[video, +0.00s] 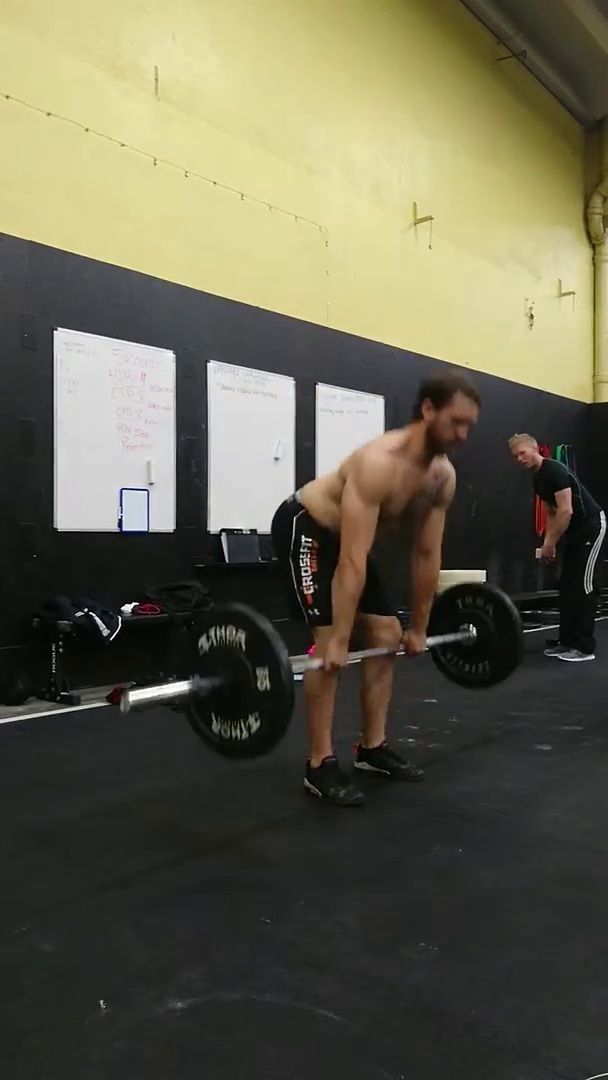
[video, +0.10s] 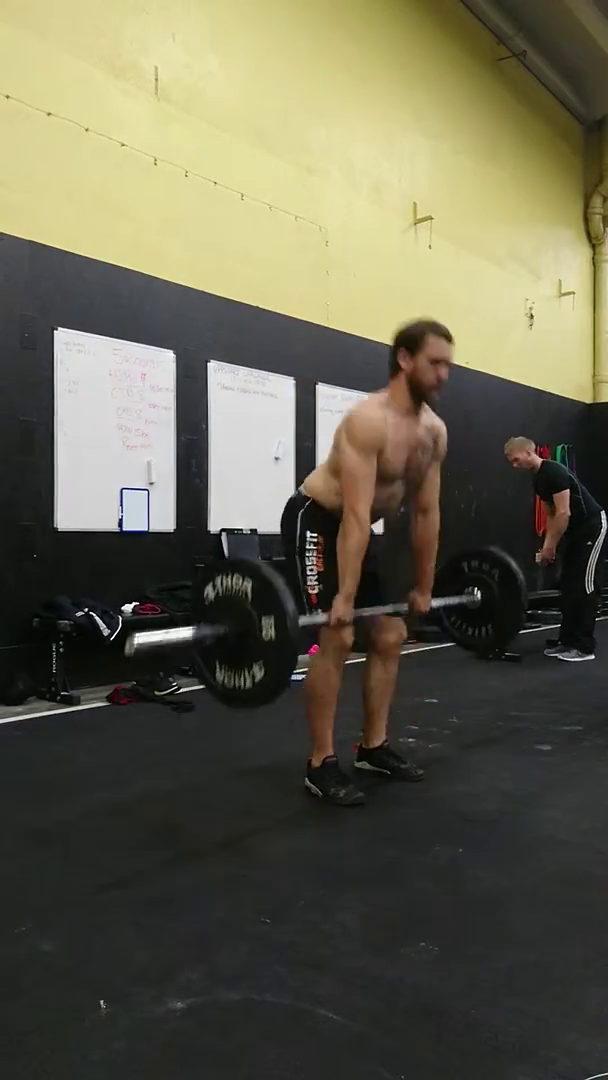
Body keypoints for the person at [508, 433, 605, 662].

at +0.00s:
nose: (521, 459)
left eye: (523, 453)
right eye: (516, 457)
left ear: (536, 449)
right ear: (516, 459)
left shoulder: (554, 470)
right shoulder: (538, 477)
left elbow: (566, 512)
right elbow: (551, 513)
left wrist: (549, 542)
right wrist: (548, 543)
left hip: (591, 524)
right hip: (574, 528)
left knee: (580, 583)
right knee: (567, 582)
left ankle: (584, 646)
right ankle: (567, 641)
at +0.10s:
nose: (515, 466)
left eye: (516, 460)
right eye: (512, 462)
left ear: (530, 452)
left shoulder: (553, 472)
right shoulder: (539, 478)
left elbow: (563, 513)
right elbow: (551, 515)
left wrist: (550, 545)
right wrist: (547, 545)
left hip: (592, 526)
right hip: (576, 529)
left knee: (582, 583)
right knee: (568, 582)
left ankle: (584, 646)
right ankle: (568, 641)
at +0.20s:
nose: (512, 471)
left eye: (513, 465)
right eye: (509, 468)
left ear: (525, 458)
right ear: (521, 462)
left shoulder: (551, 473)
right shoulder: (538, 480)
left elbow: (561, 515)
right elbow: (549, 517)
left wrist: (549, 548)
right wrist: (547, 547)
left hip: (592, 526)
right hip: (575, 529)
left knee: (582, 583)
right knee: (569, 583)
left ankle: (584, 647)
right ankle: (568, 641)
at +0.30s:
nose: (515, 474)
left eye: (513, 469)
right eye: (511, 471)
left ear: (521, 460)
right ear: (519, 463)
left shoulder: (549, 472)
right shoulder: (535, 480)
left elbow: (560, 515)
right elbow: (545, 517)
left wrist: (548, 550)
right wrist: (545, 551)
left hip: (592, 525)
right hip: (575, 528)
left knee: (583, 583)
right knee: (569, 583)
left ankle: (584, 647)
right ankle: (567, 641)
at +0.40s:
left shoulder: (548, 472)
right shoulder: (535, 482)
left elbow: (559, 512)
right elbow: (545, 522)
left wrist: (549, 547)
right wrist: (543, 559)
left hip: (591, 524)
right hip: (573, 527)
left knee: (583, 582)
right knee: (569, 582)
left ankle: (584, 646)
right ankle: (567, 642)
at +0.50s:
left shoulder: (544, 472)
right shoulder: (536, 484)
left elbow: (559, 509)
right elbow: (545, 526)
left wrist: (549, 544)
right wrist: (541, 562)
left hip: (590, 523)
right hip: (573, 527)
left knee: (583, 581)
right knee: (569, 583)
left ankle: (584, 646)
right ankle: (568, 641)